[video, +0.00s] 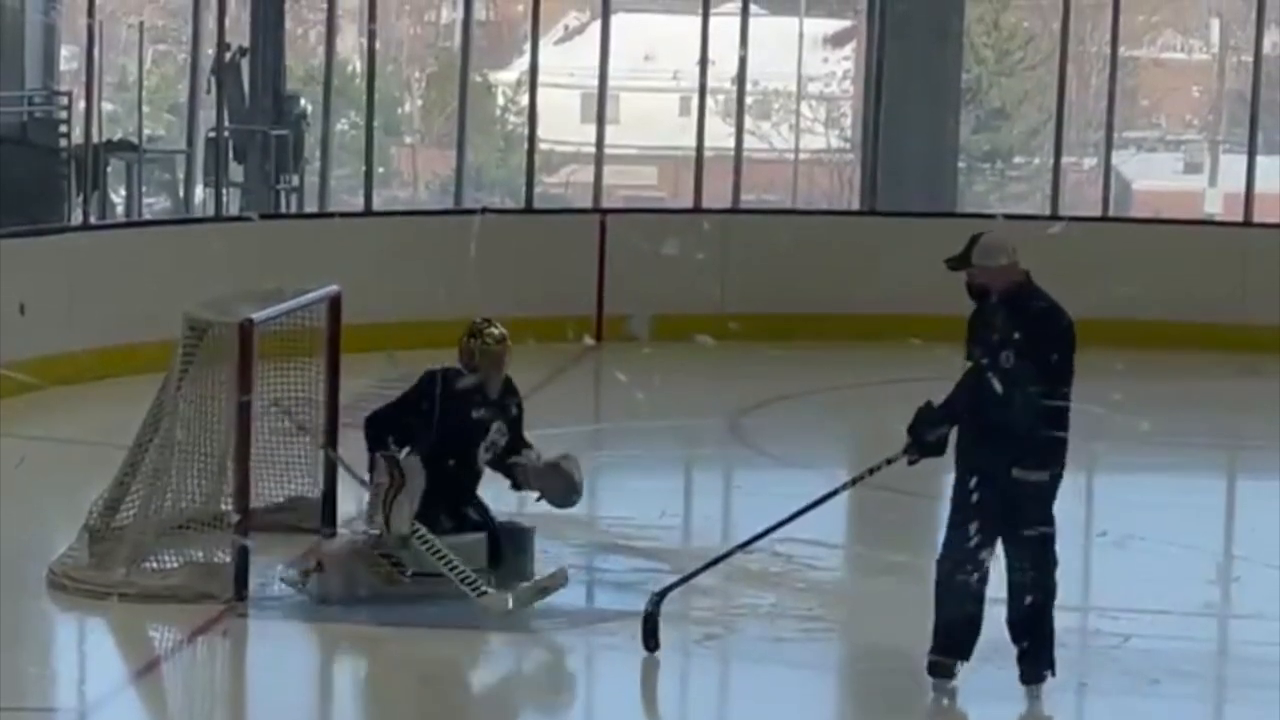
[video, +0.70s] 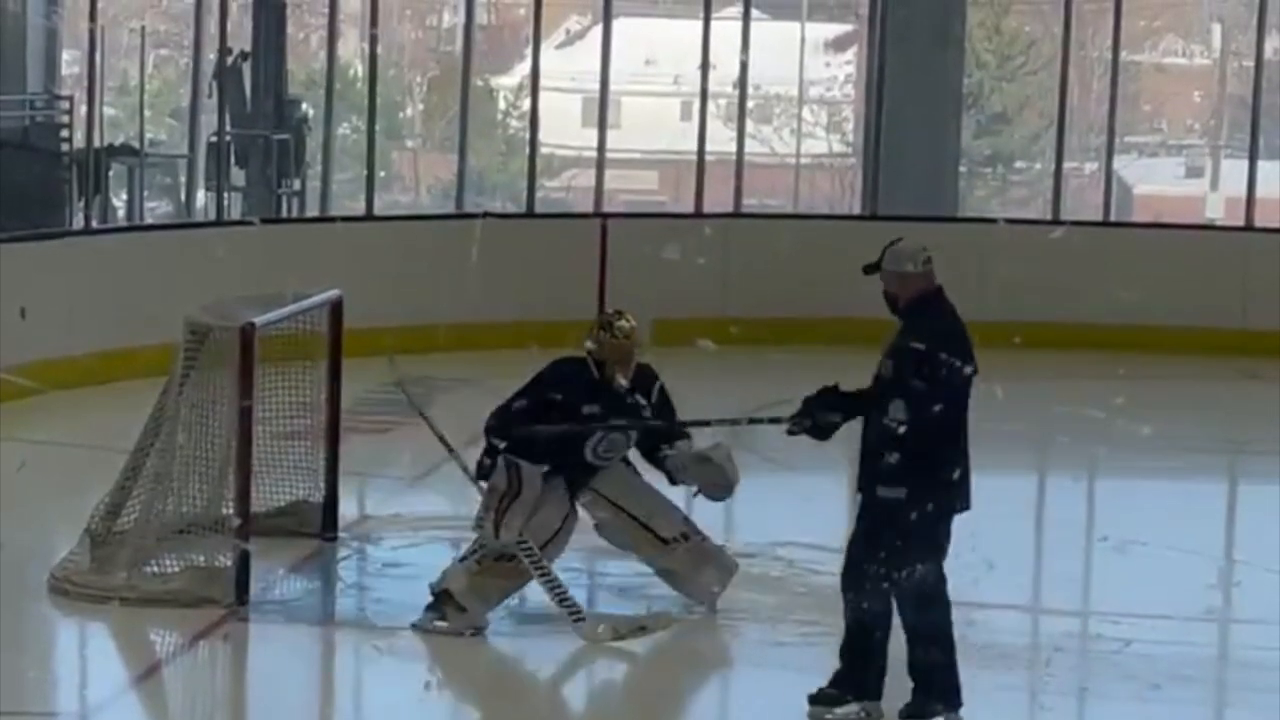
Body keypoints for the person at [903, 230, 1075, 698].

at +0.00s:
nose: (970, 281)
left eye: (976, 273)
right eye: (970, 274)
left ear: (1001, 272)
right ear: (989, 273)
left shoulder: (1049, 321)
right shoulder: (986, 314)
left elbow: (1044, 403)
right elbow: (976, 383)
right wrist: (936, 426)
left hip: (1031, 468)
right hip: (980, 463)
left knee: (1030, 569)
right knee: (961, 562)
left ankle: (1035, 671)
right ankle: (945, 663)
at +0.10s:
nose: (964, 284)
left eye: (970, 276)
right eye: (963, 276)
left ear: (994, 274)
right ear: (979, 275)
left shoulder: (1039, 324)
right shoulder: (980, 318)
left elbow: (1012, 399)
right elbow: (969, 391)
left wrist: (940, 423)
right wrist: (934, 428)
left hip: (1022, 472)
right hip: (971, 466)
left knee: (1022, 577)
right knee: (950, 568)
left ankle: (1027, 684)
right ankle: (936, 673)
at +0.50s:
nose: (920, 288)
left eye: (925, 279)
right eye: (919, 280)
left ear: (948, 278)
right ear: (948, 278)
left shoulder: (978, 330)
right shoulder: (944, 326)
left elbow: (968, 415)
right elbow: (926, 397)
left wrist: (906, 438)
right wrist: (896, 428)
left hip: (968, 481)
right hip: (924, 477)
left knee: (964, 577)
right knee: (900, 573)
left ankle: (979, 691)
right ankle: (895, 680)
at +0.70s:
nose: (883, 290)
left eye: (888, 281)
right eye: (883, 281)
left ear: (908, 280)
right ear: (916, 279)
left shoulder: (933, 331)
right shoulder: (917, 326)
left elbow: (909, 402)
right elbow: (890, 395)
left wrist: (842, 405)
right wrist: (840, 406)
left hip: (920, 491)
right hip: (892, 486)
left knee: (917, 587)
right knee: (863, 581)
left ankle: (936, 696)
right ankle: (857, 685)